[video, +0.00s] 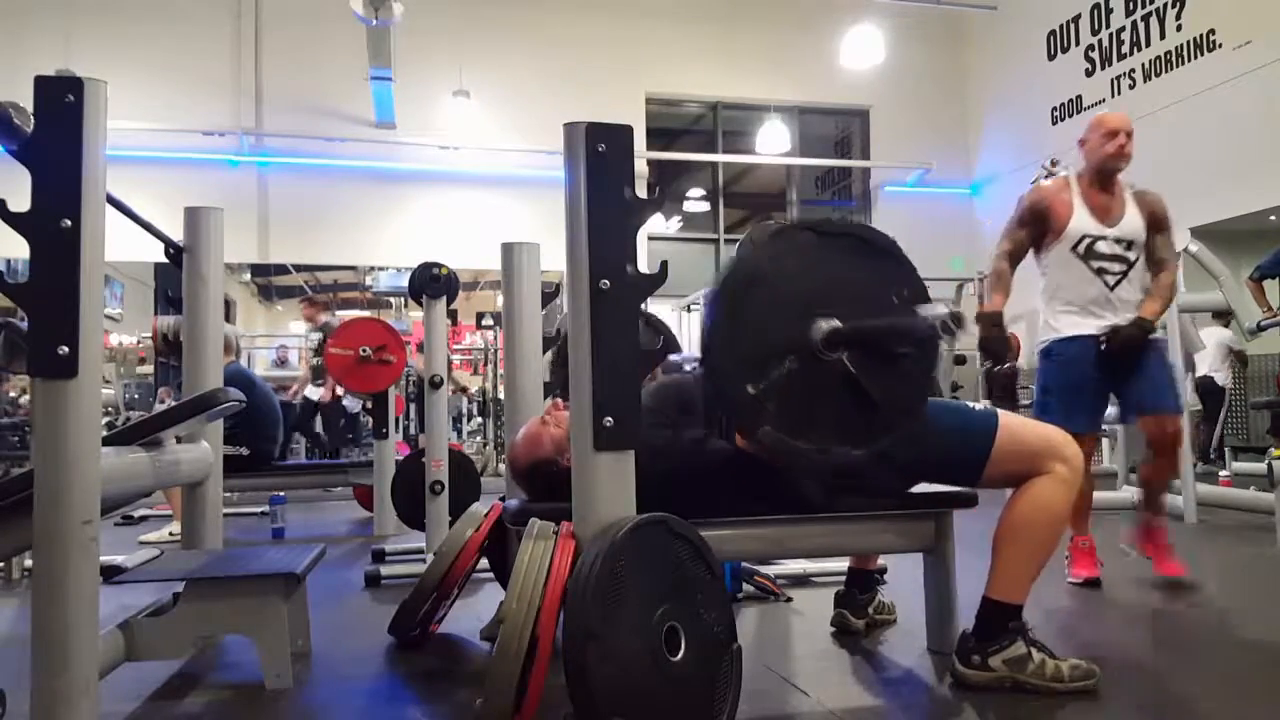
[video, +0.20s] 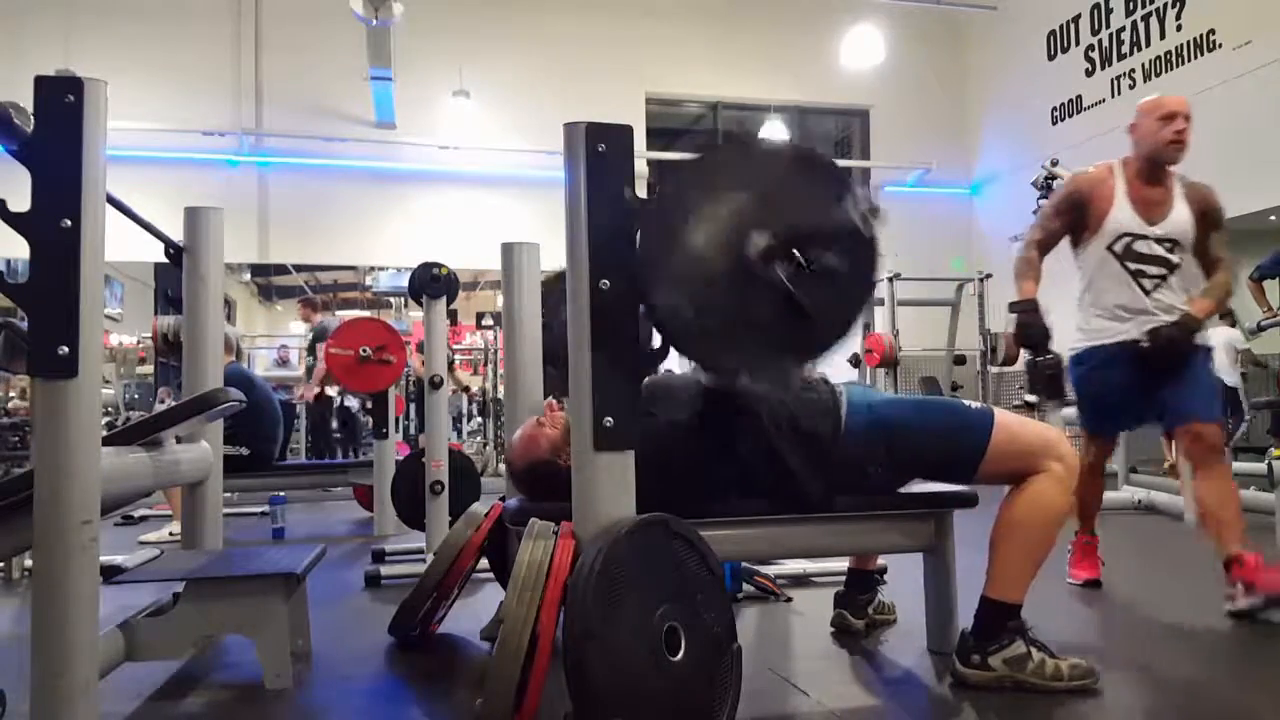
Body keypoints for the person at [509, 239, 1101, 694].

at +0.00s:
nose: (552, 406)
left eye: (542, 413)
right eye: (546, 423)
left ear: (563, 422)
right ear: (564, 453)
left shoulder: (626, 419)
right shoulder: (627, 451)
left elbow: (721, 403)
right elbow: (738, 435)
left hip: (808, 428)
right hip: (843, 438)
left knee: (892, 444)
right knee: (1060, 457)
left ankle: (858, 597)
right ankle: (993, 639)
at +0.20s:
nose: (546, 412)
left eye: (538, 417)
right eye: (540, 428)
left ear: (557, 422)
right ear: (557, 461)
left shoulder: (608, 425)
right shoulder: (607, 451)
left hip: (806, 426)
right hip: (835, 434)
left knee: (921, 435)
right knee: (1053, 456)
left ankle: (858, 596)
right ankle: (992, 640)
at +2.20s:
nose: (544, 409)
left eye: (533, 416)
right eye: (537, 428)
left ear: (553, 437)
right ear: (556, 458)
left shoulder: (612, 427)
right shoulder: (627, 444)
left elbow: (667, 388)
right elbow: (761, 468)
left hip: (797, 441)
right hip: (827, 452)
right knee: (1053, 455)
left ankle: (856, 596)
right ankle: (993, 640)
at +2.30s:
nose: (545, 408)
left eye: (534, 415)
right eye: (538, 426)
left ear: (554, 437)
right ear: (556, 458)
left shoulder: (615, 426)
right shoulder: (629, 445)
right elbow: (762, 464)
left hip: (805, 432)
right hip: (837, 437)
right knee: (1053, 455)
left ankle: (856, 595)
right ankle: (993, 639)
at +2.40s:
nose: (542, 407)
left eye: (531, 416)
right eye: (536, 424)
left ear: (550, 436)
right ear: (553, 453)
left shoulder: (612, 420)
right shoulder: (621, 450)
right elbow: (746, 451)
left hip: (799, 424)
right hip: (832, 433)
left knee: (890, 446)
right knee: (1052, 455)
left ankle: (855, 597)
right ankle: (993, 640)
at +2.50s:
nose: (531, 423)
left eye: (523, 425)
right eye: (526, 433)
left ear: (538, 438)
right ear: (545, 458)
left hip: (758, 436)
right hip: (813, 437)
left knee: (890, 423)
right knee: (1051, 454)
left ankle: (858, 594)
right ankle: (992, 644)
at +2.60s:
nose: (534, 408)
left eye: (522, 414)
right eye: (529, 425)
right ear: (549, 459)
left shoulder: (606, 427)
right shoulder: (601, 453)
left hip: (773, 435)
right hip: (823, 435)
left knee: (887, 440)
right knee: (1046, 452)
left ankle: (859, 590)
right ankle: (993, 640)